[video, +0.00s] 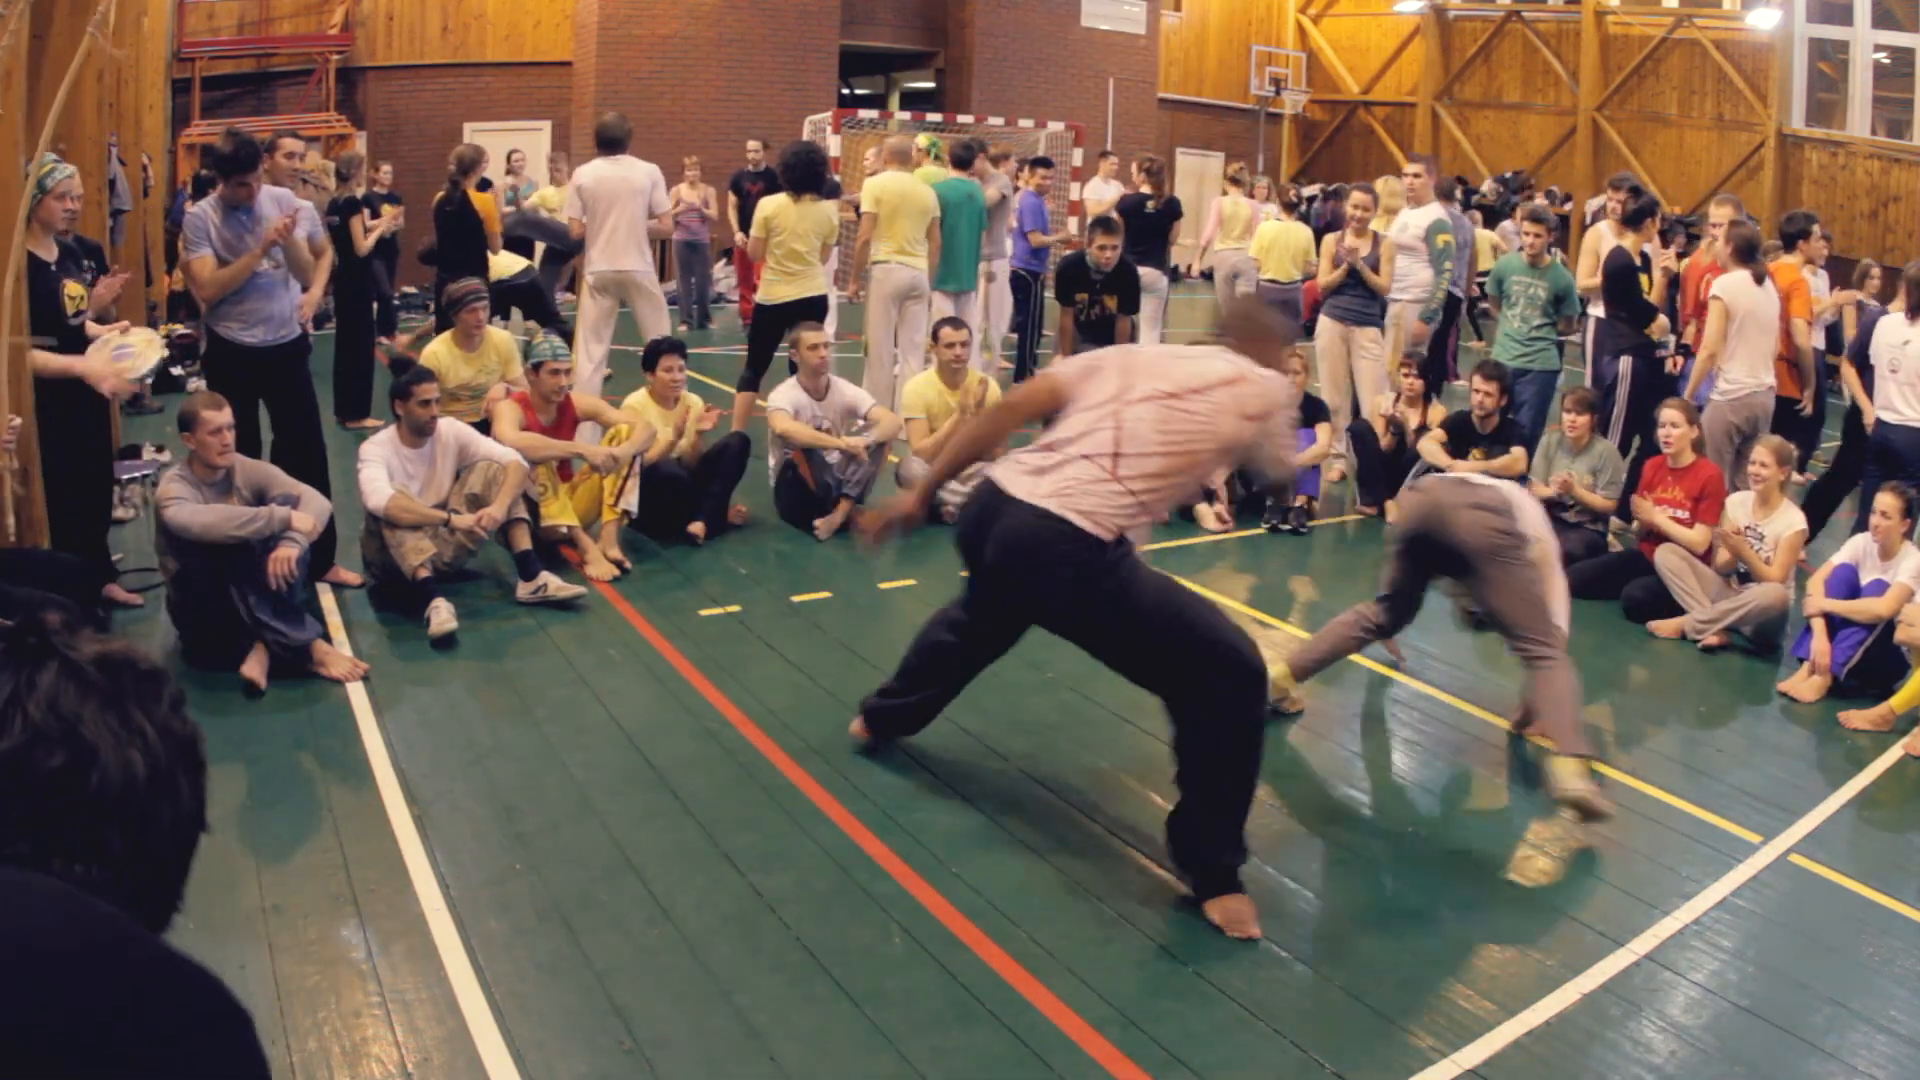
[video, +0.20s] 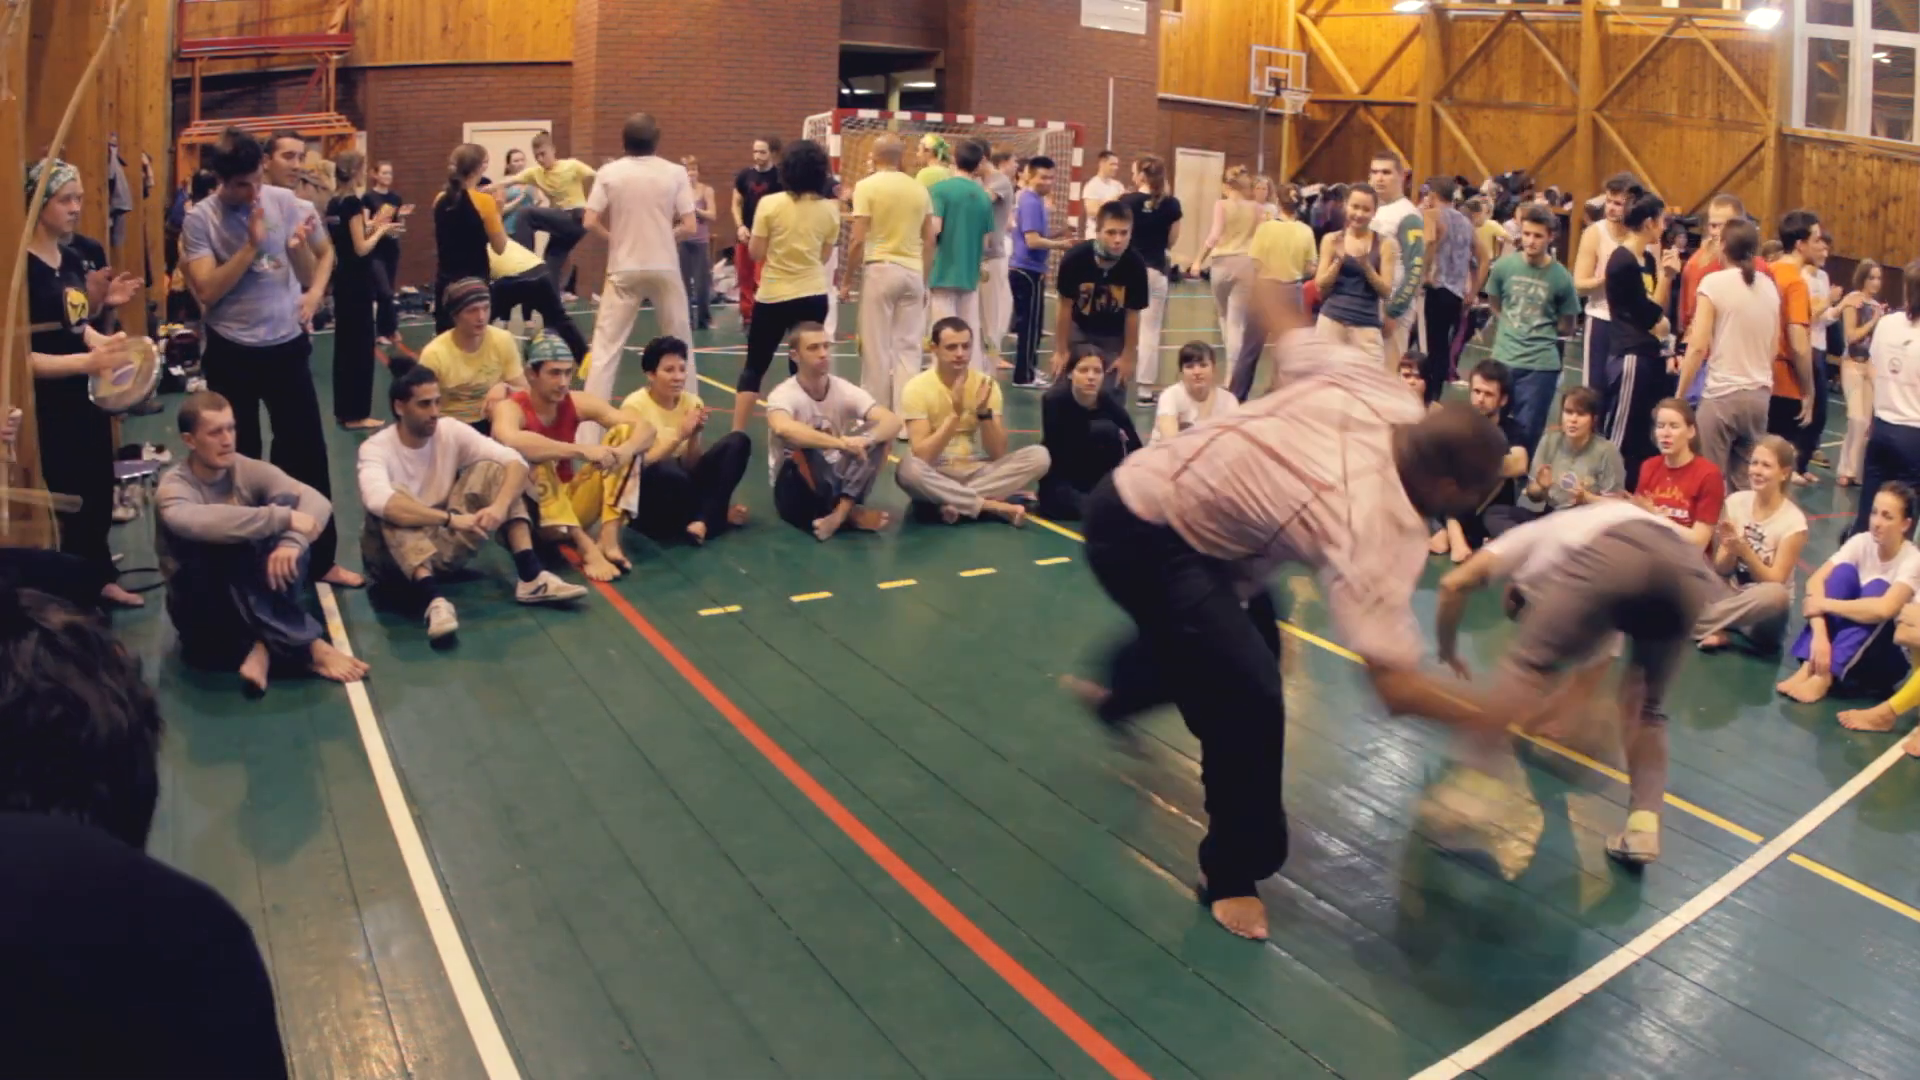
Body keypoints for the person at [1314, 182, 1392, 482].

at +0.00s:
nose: (1359, 214)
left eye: (1365, 209)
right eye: (1354, 207)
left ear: (1375, 213)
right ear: (1345, 208)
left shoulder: (1383, 244)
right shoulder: (1331, 240)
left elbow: (1384, 287)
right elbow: (1322, 285)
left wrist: (1358, 264)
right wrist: (1345, 267)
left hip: (1368, 323)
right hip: (1332, 319)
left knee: (1373, 395)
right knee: (1334, 394)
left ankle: (1375, 461)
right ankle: (1336, 458)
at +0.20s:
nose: (1359, 214)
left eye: (1366, 210)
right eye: (1355, 207)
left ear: (1374, 212)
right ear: (1345, 207)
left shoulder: (1384, 244)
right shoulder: (1331, 240)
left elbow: (1386, 290)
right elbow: (1321, 286)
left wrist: (1367, 268)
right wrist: (1337, 262)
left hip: (1366, 320)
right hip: (1332, 314)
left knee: (1369, 383)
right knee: (1327, 380)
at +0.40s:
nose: (1360, 215)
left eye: (1367, 210)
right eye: (1356, 208)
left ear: (1375, 213)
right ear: (1345, 208)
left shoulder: (1383, 243)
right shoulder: (1331, 239)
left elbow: (1385, 288)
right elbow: (1321, 283)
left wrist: (1359, 262)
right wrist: (1342, 262)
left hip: (1366, 322)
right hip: (1331, 319)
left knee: (1374, 394)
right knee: (1331, 392)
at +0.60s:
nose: (1362, 214)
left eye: (1368, 209)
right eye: (1357, 207)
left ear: (1375, 213)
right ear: (1347, 207)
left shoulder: (1381, 244)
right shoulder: (1334, 239)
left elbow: (1382, 285)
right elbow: (1323, 282)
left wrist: (1361, 268)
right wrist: (1347, 267)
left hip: (1367, 320)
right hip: (1333, 316)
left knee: (1365, 387)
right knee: (1332, 387)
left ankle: (1360, 452)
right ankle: (1331, 453)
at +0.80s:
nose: (1363, 214)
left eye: (1369, 209)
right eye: (1358, 208)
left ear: (1376, 213)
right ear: (1346, 208)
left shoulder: (1383, 244)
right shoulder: (1330, 240)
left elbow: (1387, 289)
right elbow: (1319, 284)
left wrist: (1363, 266)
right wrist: (1342, 266)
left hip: (1366, 322)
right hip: (1331, 319)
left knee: (1370, 393)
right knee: (1333, 391)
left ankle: (1380, 460)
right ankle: (1336, 457)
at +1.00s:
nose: (1364, 215)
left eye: (1370, 210)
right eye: (1359, 208)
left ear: (1377, 214)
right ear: (1347, 207)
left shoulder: (1384, 244)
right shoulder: (1331, 240)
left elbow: (1385, 288)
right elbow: (1322, 283)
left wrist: (1360, 265)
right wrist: (1347, 265)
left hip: (1366, 326)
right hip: (1331, 323)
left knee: (1371, 391)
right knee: (1332, 390)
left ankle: (1373, 458)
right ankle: (1337, 456)